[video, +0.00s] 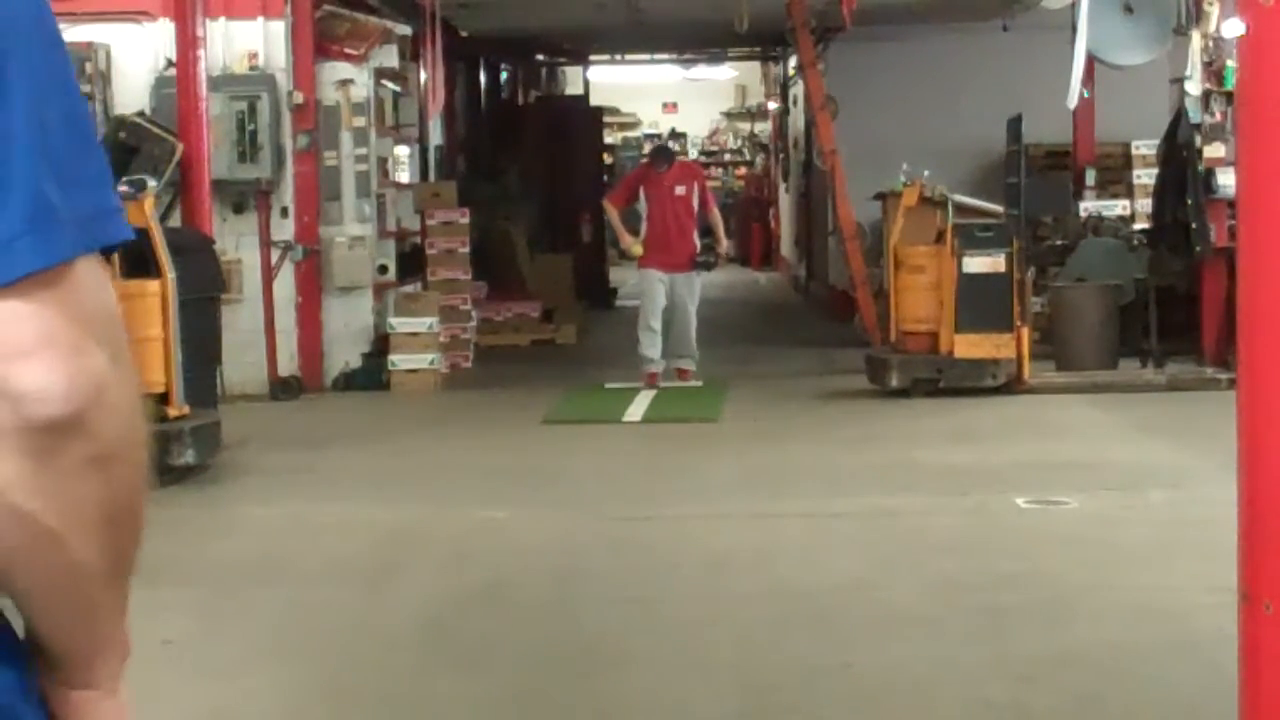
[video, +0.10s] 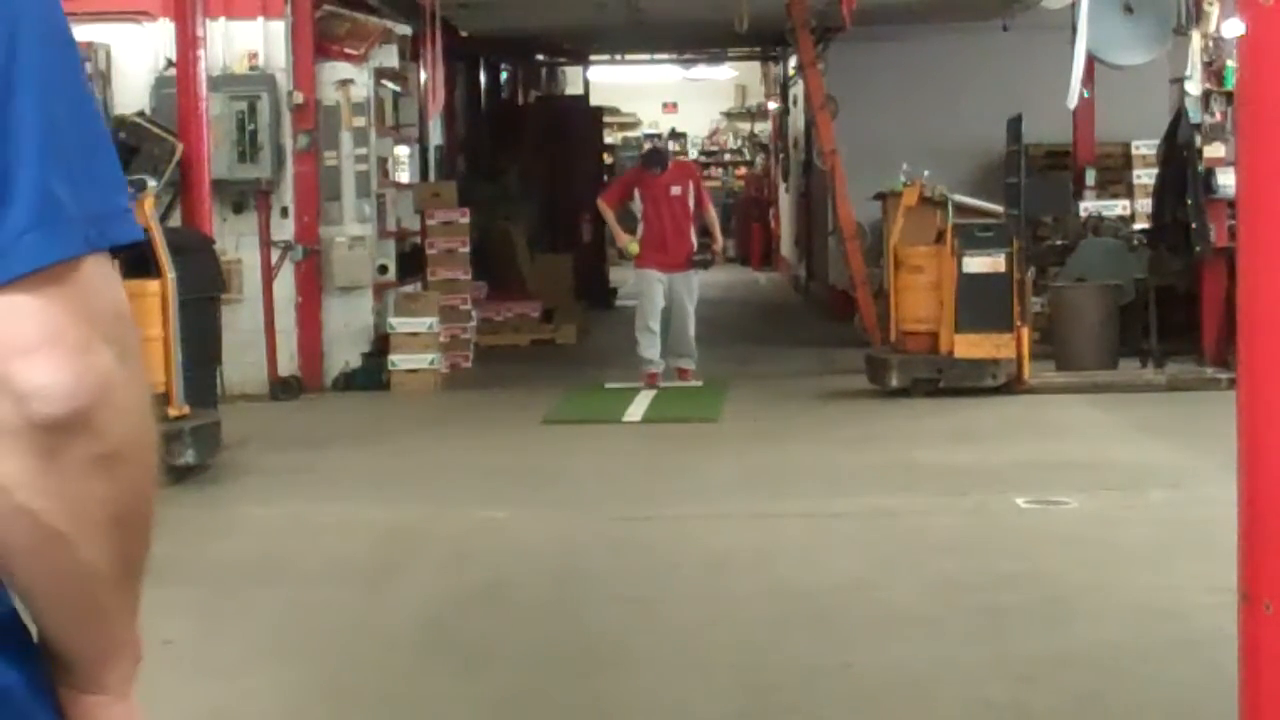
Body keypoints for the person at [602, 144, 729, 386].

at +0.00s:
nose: (659, 173)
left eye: (663, 169)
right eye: (656, 169)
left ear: (673, 161)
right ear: (650, 162)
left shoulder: (693, 172)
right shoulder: (643, 173)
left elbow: (711, 208)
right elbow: (610, 203)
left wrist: (721, 240)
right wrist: (624, 237)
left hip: (686, 259)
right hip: (653, 258)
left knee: (686, 314)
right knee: (651, 312)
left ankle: (685, 363)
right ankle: (651, 366)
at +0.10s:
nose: (655, 175)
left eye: (658, 170)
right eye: (650, 171)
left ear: (667, 162)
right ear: (644, 164)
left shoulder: (688, 171)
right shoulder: (637, 175)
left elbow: (706, 206)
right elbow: (604, 201)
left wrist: (717, 237)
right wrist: (619, 235)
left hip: (684, 258)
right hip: (650, 258)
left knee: (685, 314)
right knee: (649, 313)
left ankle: (684, 364)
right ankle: (651, 367)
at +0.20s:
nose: (650, 176)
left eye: (654, 172)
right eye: (646, 173)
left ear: (663, 164)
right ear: (639, 167)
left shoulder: (685, 171)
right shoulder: (633, 176)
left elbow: (701, 205)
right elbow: (600, 201)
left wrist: (714, 235)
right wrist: (615, 234)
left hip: (681, 259)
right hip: (648, 259)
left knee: (685, 314)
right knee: (647, 313)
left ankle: (685, 364)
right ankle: (651, 367)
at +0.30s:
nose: (648, 174)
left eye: (651, 169)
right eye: (643, 171)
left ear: (661, 159)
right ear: (637, 164)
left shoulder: (681, 171)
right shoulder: (629, 176)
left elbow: (699, 204)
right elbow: (598, 203)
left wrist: (711, 235)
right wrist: (613, 236)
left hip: (679, 257)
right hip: (645, 258)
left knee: (685, 312)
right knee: (646, 312)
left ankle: (686, 363)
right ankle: (651, 367)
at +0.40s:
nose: (646, 172)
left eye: (649, 167)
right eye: (639, 170)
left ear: (658, 154)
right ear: (634, 163)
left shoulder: (680, 171)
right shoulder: (627, 175)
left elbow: (698, 204)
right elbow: (598, 203)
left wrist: (711, 235)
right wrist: (612, 237)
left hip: (678, 256)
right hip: (645, 257)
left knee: (684, 313)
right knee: (645, 313)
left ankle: (685, 363)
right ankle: (651, 368)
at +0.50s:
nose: (648, 147)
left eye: (653, 141)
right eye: (642, 142)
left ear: (659, 142)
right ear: (633, 145)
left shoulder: (677, 170)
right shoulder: (625, 172)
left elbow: (700, 202)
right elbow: (598, 206)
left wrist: (711, 234)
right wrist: (611, 238)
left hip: (678, 256)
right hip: (644, 257)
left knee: (684, 313)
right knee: (645, 313)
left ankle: (685, 364)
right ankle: (651, 368)